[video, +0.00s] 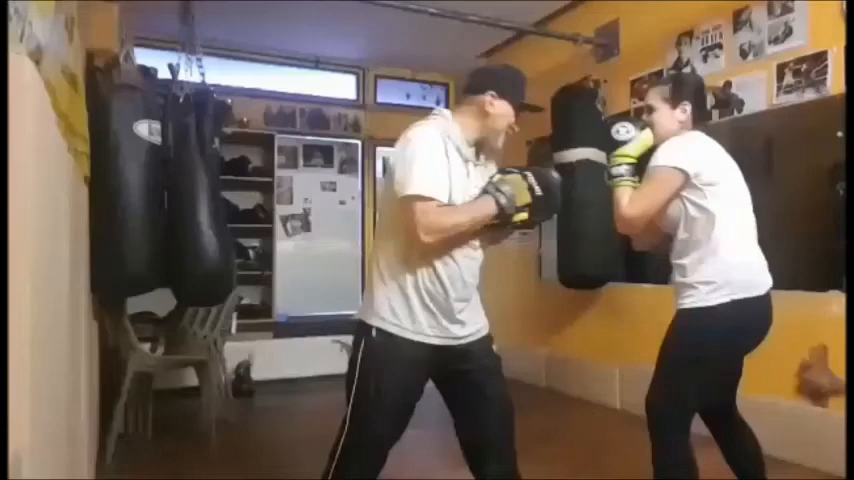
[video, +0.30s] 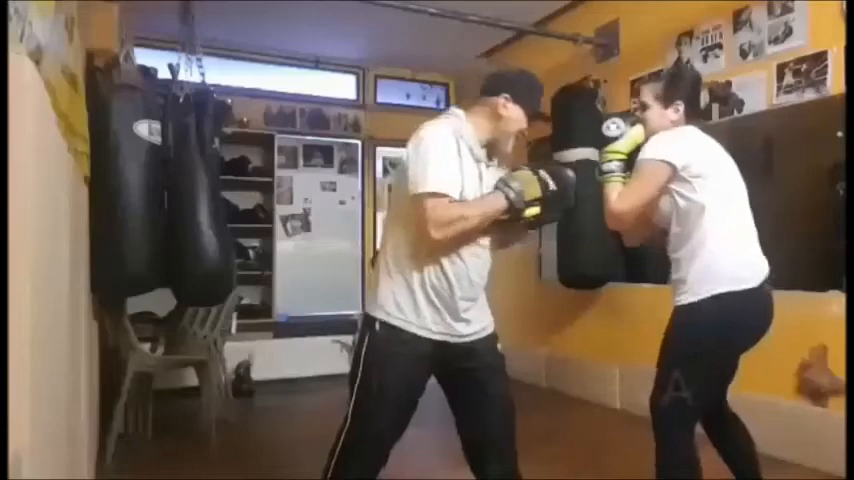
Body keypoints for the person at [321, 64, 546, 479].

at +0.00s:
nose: (516, 124)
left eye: (518, 113)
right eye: (515, 110)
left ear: (489, 104)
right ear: (490, 101)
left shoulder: (481, 156)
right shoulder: (424, 138)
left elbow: (472, 236)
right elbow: (427, 227)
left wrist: (512, 216)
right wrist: (499, 201)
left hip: (463, 331)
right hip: (398, 329)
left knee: (497, 458)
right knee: (360, 458)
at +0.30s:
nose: (526, 130)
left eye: (530, 121)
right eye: (527, 117)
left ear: (502, 106)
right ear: (505, 104)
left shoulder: (485, 157)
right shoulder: (436, 136)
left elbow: (486, 237)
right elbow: (437, 227)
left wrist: (531, 216)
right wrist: (508, 195)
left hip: (469, 328)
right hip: (403, 325)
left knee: (498, 459)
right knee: (361, 455)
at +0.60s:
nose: (496, 120)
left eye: (499, 111)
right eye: (495, 108)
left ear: (468, 103)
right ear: (467, 100)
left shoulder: (466, 155)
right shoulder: (402, 142)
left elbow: (460, 235)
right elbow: (414, 233)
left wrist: (501, 212)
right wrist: (481, 194)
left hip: (459, 330)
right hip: (392, 330)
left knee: (495, 448)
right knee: (360, 453)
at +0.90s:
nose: (498, 125)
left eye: (502, 116)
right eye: (498, 114)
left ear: (472, 106)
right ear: (472, 104)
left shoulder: (463, 155)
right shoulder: (405, 143)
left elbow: (466, 231)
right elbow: (421, 232)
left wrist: (505, 207)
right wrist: (485, 192)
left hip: (461, 330)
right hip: (394, 331)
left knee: (496, 454)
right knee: (358, 460)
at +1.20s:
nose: (493, 132)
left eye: (497, 124)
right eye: (493, 120)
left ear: (467, 110)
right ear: (467, 108)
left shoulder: (459, 156)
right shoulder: (402, 147)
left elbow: (461, 236)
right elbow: (419, 237)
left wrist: (504, 206)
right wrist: (482, 195)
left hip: (461, 329)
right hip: (395, 332)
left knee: (498, 444)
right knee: (358, 458)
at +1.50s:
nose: (472, 129)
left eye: (474, 119)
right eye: (467, 116)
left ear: (439, 110)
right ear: (436, 109)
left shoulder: (459, 146)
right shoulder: (376, 156)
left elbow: (518, 148)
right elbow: (397, 246)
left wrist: (506, 189)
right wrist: (452, 191)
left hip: (459, 321)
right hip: (390, 331)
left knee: (499, 429)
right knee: (360, 452)